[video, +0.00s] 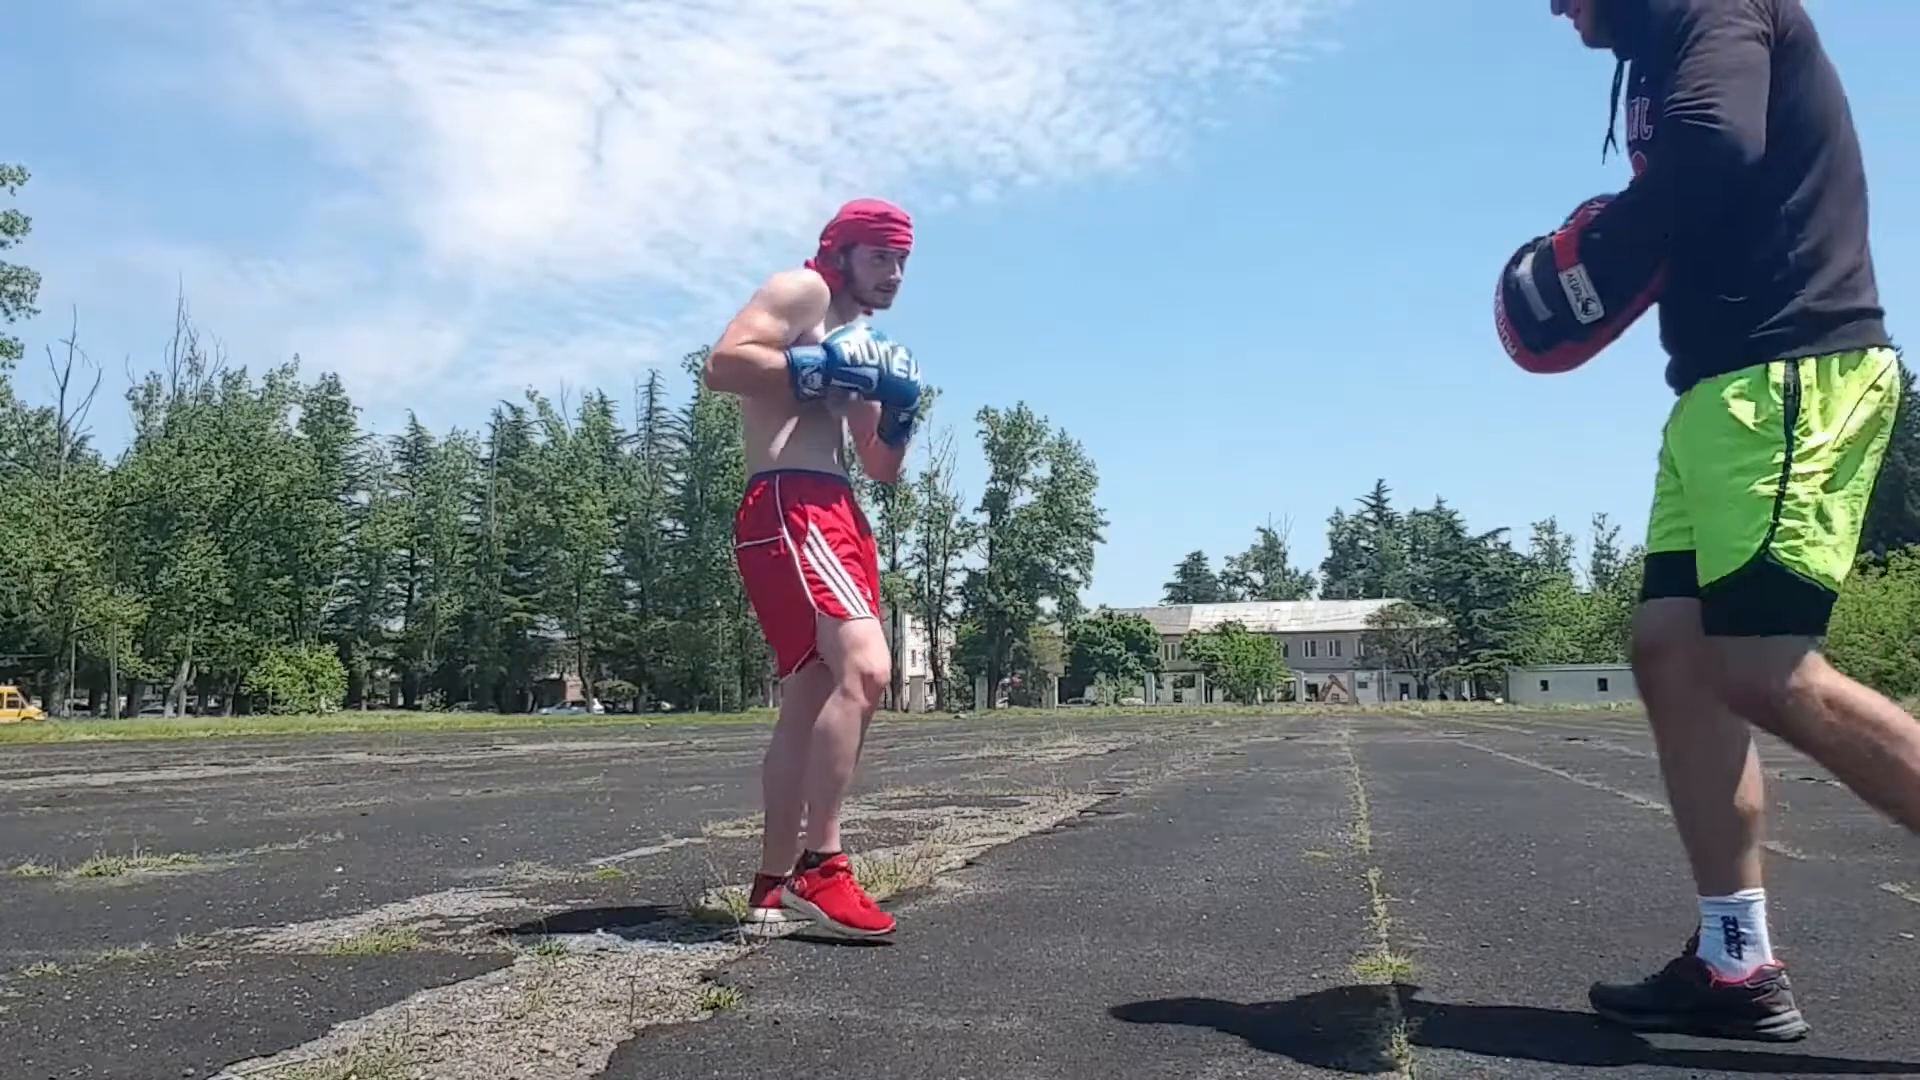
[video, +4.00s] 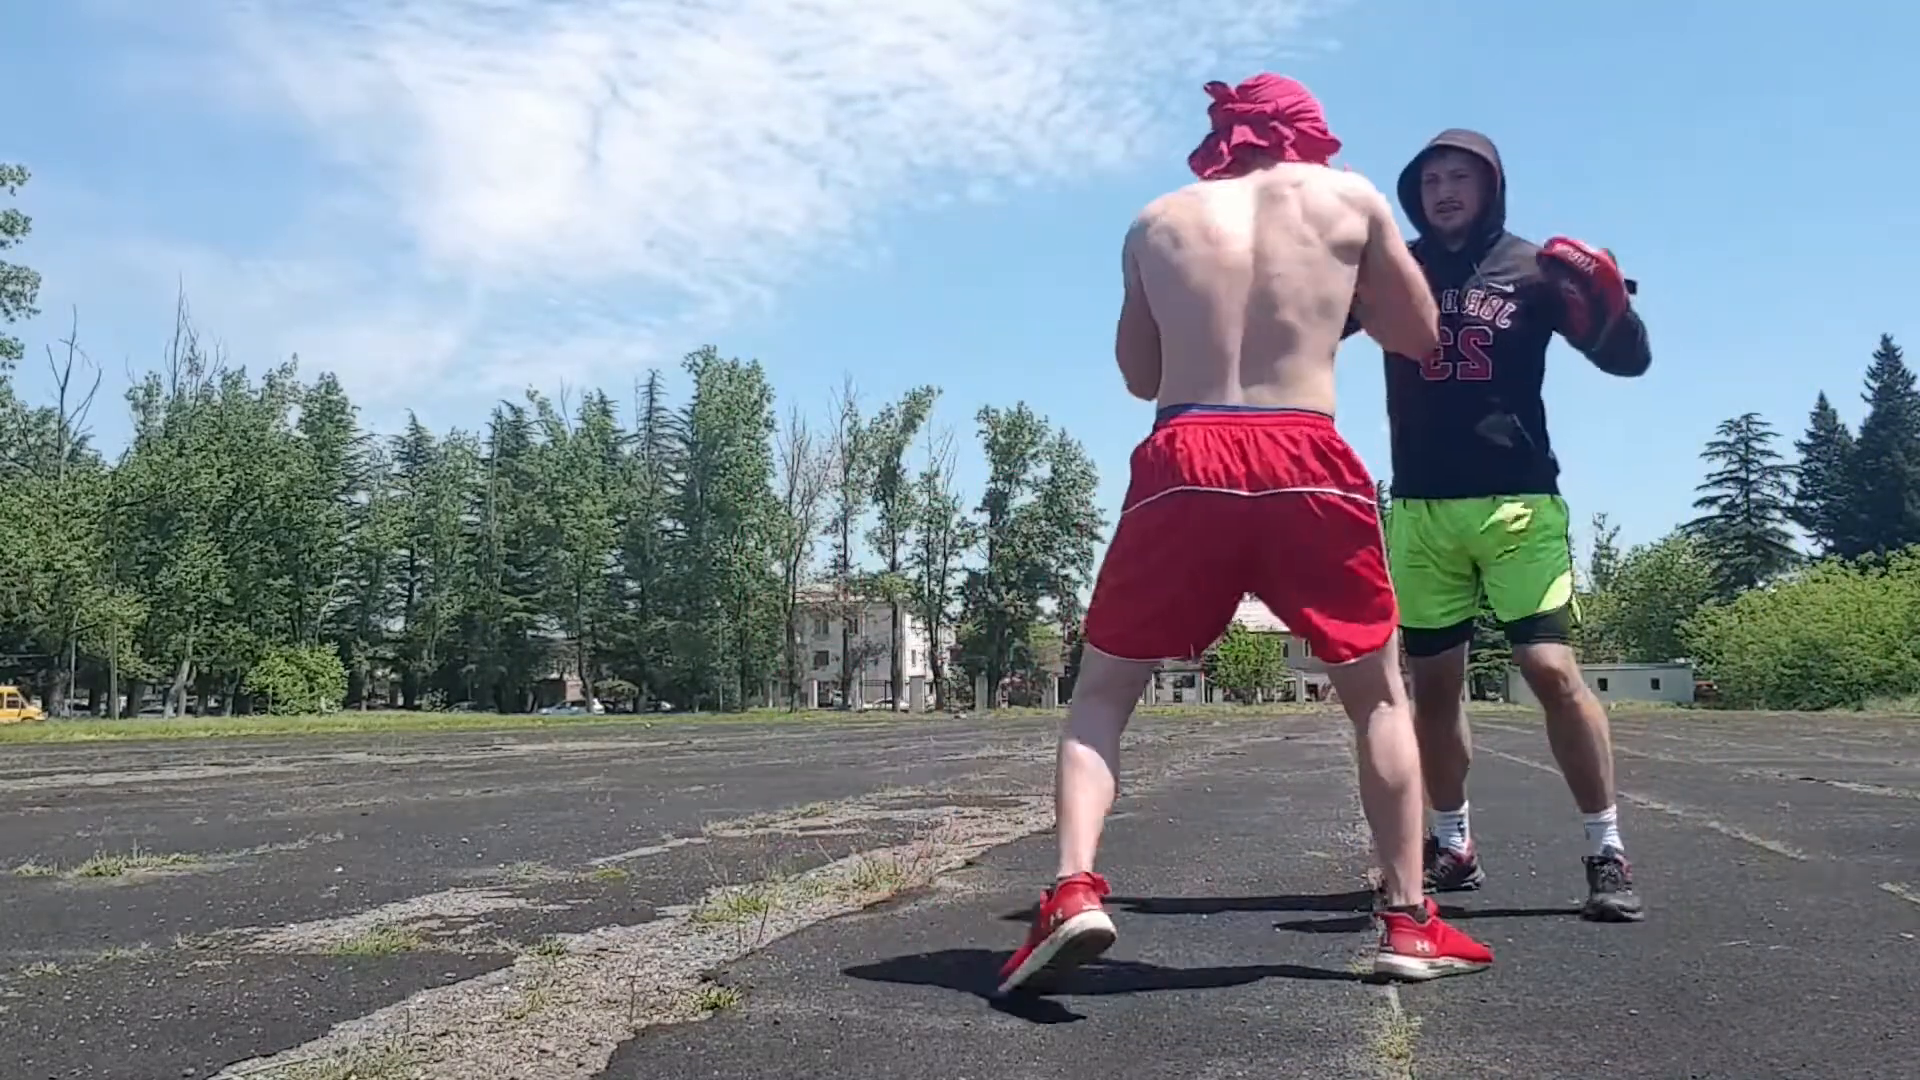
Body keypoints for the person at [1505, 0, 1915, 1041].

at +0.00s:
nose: (1561, 9)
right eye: (1557, 2)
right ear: (1609, 8)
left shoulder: (1713, 7)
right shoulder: (1660, 62)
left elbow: (1720, 141)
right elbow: (1688, 210)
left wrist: (1596, 248)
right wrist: (1581, 271)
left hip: (1798, 368)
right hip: (1720, 382)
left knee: (1757, 666)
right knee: (1670, 650)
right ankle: (1735, 965)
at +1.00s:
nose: (1315, 67)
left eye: (1314, 43)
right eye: (1310, 49)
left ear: (1350, 20)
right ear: (1402, 17)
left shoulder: (1392, 71)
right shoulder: (1461, 92)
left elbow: (1307, 211)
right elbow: (1428, 250)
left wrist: (1215, 255)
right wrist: (1329, 270)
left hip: (1475, 399)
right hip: (1512, 393)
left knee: (1436, 664)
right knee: (1415, 660)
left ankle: (1542, 942)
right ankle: (1463, 914)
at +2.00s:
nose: (1290, 110)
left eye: (1298, 90)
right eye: (1291, 91)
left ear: (1343, 86)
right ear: (1356, 82)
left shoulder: (1405, 155)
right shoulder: (1367, 165)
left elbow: (1303, 241)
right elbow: (1300, 245)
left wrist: (1192, 197)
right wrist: (1202, 203)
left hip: (1438, 444)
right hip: (1379, 449)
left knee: (1421, 658)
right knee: (1341, 658)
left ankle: (1598, 869)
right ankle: (1385, 894)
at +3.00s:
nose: (1381, 136)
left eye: (1393, 119)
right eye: (1380, 122)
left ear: (1443, 119)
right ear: (1413, 129)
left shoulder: (1531, 192)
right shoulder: (1415, 213)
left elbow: (1504, 261)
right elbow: (1329, 268)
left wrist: (1393, 204)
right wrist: (1286, 200)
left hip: (1551, 474)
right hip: (1458, 483)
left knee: (1572, 667)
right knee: (1408, 663)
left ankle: (1668, 892)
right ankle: (1462, 863)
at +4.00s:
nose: (1446, 191)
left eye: (1462, 179)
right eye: (1433, 181)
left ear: (1492, 190)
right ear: (1415, 195)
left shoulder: (1533, 267)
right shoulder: (1392, 272)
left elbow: (1630, 361)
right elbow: (1318, 313)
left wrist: (1612, 305)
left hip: (1518, 502)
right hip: (1420, 509)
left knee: (1551, 671)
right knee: (1432, 689)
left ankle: (1607, 851)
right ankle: (1450, 847)